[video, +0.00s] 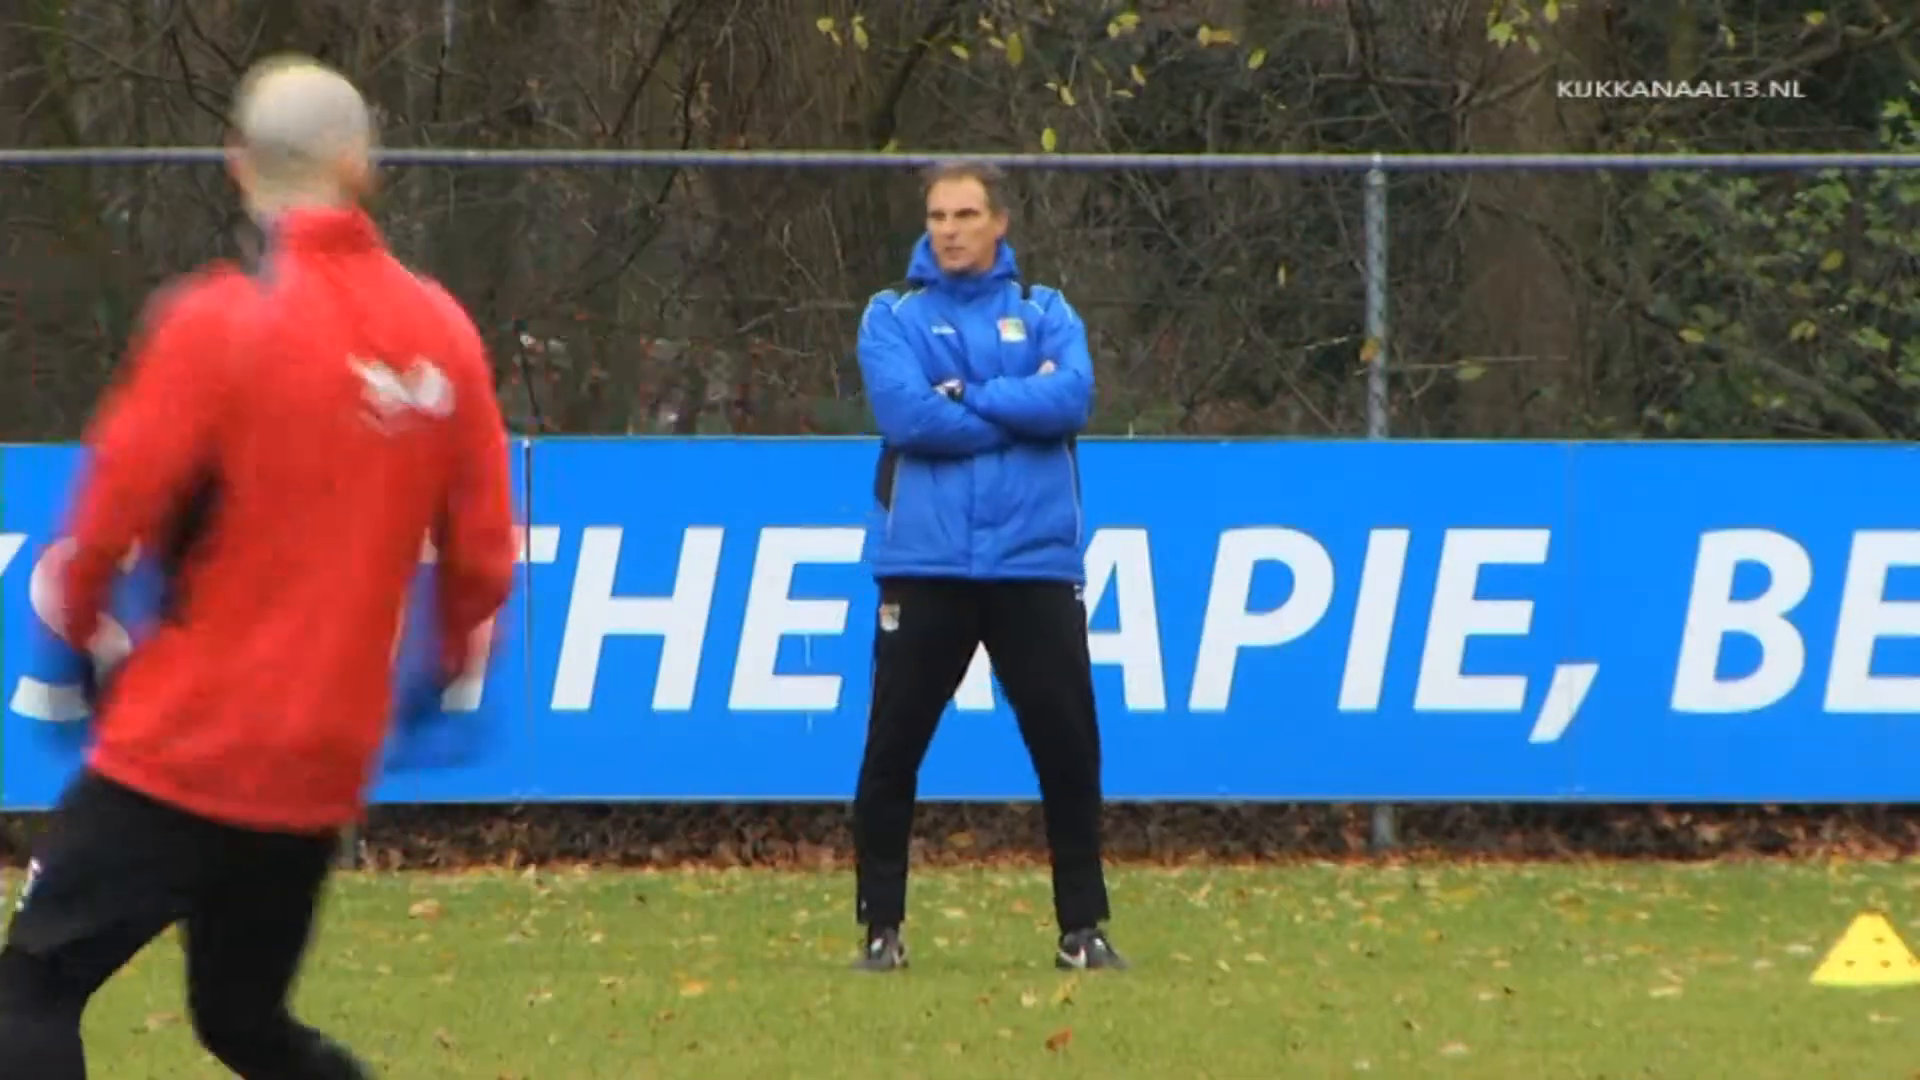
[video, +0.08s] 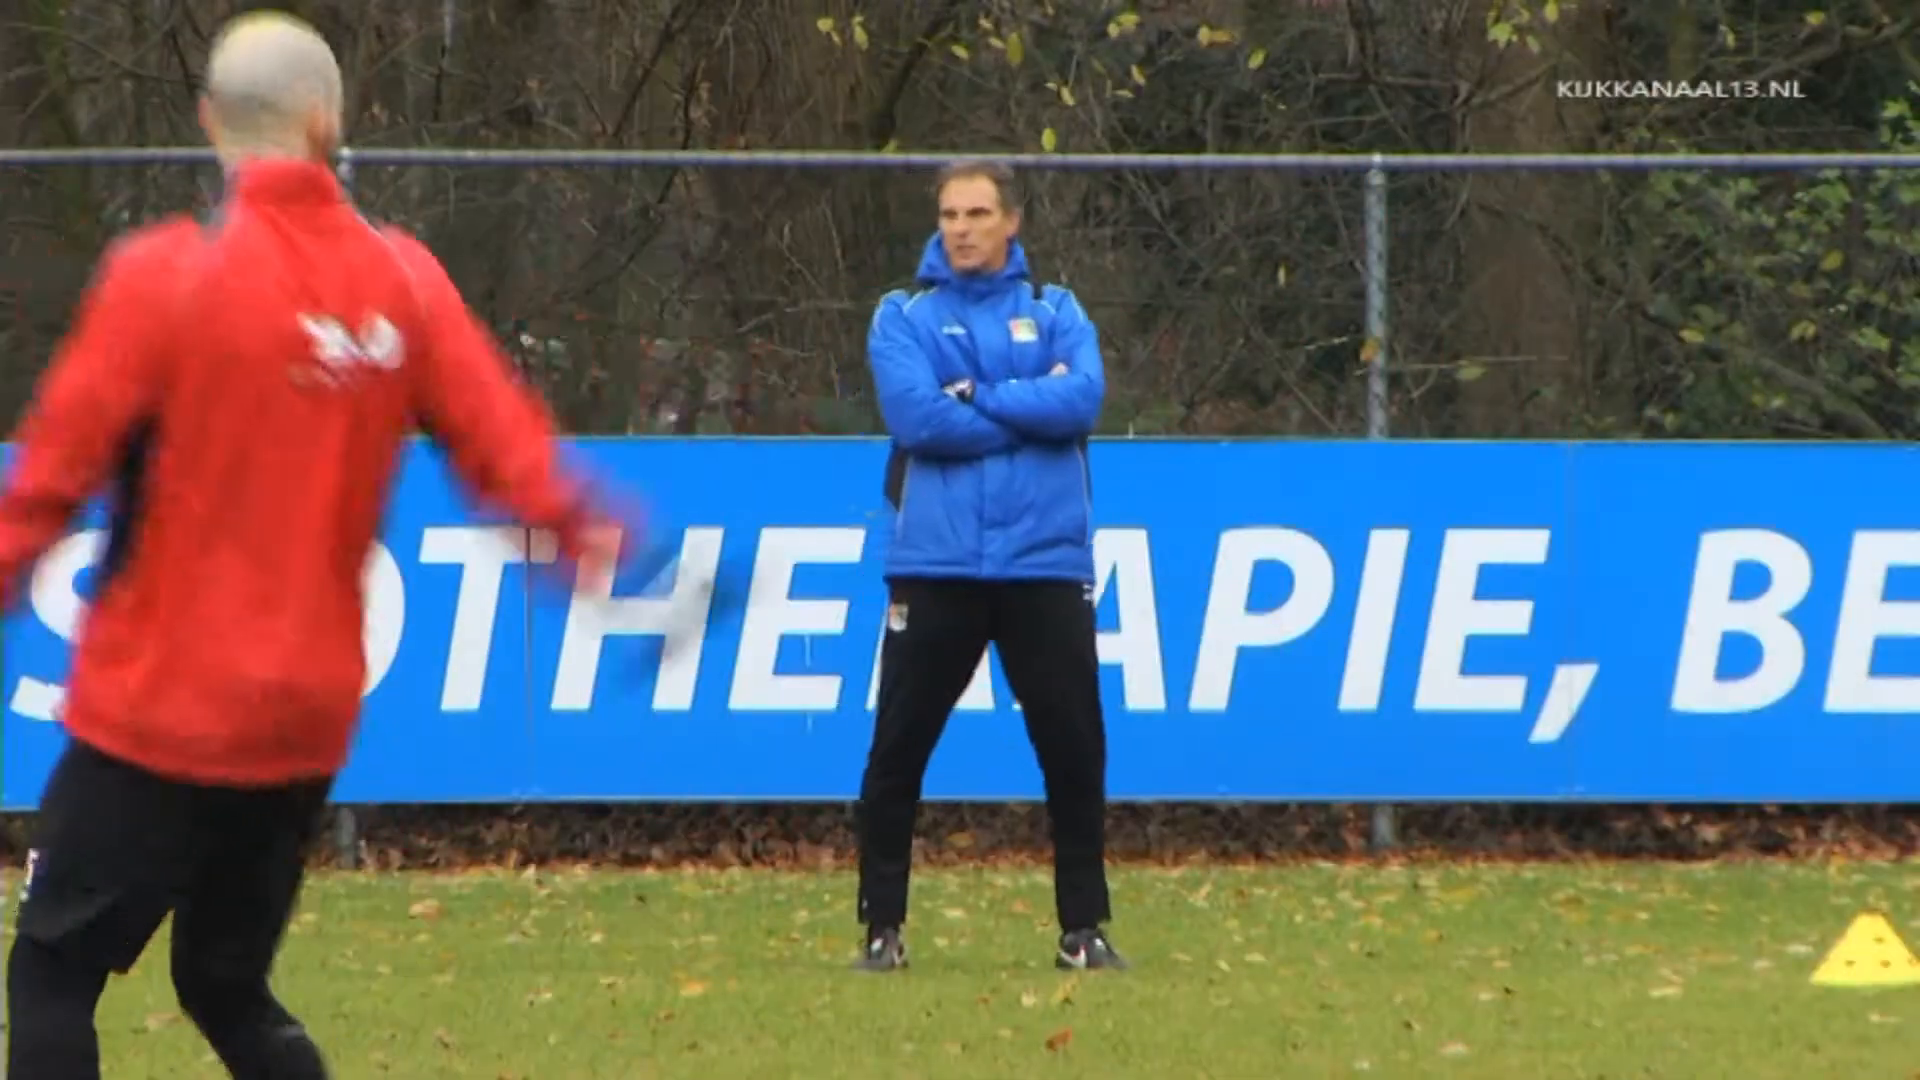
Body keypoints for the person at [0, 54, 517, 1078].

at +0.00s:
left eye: (236, 153)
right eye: (368, 153)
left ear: (240, 167)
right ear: (365, 169)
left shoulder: (219, 318)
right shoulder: (444, 331)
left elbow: (111, 513)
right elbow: (485, 553)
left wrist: (78, 631)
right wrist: (443, 662)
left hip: (190, 733)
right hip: (325, 746)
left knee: (35, 985)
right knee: (244, 1017)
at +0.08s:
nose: (215, 124)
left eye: (210, 109)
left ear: (210, 122)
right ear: (335, 127)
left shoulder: (166, 271)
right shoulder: (403, 276)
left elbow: (51, 473)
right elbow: (504, 446)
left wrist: (6, 564)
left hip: (159, 697)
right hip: (308, 703)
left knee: (54, 969)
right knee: (225, 982)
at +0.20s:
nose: (323, 114)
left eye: (316, 97)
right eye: (323, 99)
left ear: (188, 102)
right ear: (301, 108)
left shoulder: (109, 251)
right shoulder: (369, 248)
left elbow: (7, 418)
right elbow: (553, 334)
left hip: (127, 685)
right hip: (281, 684)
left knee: (48, 976)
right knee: (232, 972)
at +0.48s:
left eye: (205, 96)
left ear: (203, 118)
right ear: (334, 124)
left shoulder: (154, 271)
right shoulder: (412, 262)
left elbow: (23, 455)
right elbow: (577, 374)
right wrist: (756, 412)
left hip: (185, 709)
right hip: (341, 709)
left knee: (77, 973)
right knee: (263, 977)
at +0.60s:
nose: (233, 146)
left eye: (241, 127)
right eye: (238, 126)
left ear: (271, 140)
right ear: (363, 138)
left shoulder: (246, 289)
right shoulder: (477, 287)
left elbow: (164, 465)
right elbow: (571, 451)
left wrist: (85, 589)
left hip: (266, 725)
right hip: (413, 727)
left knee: (140, 990)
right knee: (321, 1002)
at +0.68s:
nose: (264, 151)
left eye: (280, 129)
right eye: (268, 128)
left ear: (338, 145)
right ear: (400, 144)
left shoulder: (329, 287)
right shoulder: (511, 286)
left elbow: (275, 476)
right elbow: (563, 523)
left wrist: (209, 586)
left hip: (345, 729)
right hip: (477, 733)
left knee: (203, 985)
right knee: (367, 1007)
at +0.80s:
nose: (343, 128)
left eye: (365, 106)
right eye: (349, 105)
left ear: (441, 120)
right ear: (461, 124)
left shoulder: (456, 257)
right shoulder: (553, 250)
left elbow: (444, 476)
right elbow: (521, 489)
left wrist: (346, 587)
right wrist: (386, 601)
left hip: (469, 694)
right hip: (549, 696)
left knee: (294, 947)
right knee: (417, 977)